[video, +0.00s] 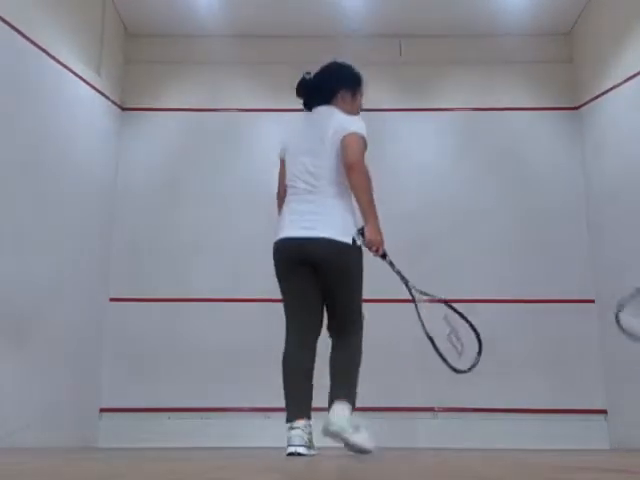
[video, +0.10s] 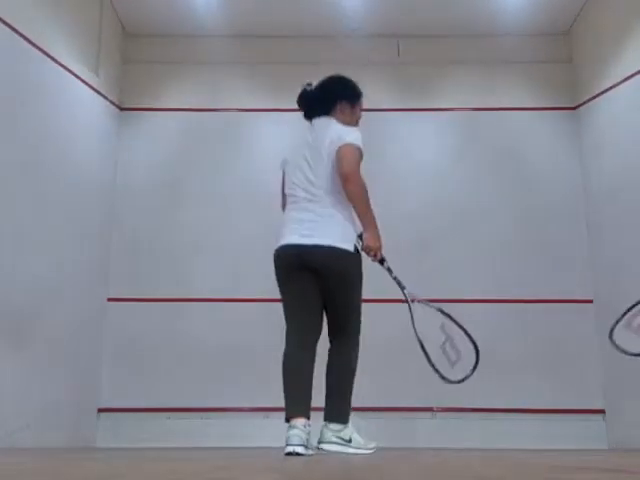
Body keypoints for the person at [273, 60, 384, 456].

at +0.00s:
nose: (360, 105)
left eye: (360, 98)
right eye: (358, 98)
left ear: (319, 95)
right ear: (343, 94)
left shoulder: (293, 131)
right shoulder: (348, 123)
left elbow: (284, 194)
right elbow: (354, 164)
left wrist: (291, 235)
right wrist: (372, 223)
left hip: (289, 243)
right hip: (335, 243)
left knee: (300, 333)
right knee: (347, 330)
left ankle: (298, 428)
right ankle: (341, 411)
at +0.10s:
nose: (360, 116)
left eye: (360, 110)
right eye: (357, 109)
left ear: (322, 108)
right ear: (342, 106)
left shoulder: (295, 143)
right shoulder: (345, 135)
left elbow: (287, 201)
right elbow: (349, 174)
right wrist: (371, 229)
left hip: (290, 249)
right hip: (336, 249)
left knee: (300, 335)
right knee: (344, 337)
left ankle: (297, 427)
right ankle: (337, 428)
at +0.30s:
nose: (370, 139)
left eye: (370, 133)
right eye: (368, 132)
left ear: (334, 130)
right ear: (355, 129)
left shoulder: (307, 163)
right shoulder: (354, 157)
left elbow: (313, 215)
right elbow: (358, 197)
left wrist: (355, 250)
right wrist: (375, 247)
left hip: (300, 264)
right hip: (343, 265)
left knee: (306, 341)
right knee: (349, 347)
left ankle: (295, 400)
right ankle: (338, 431)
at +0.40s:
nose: (372, 149)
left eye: (373, 142)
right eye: (371, 142)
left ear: (338, 138)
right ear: (358, 137)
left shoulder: (313, 168)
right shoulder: (358, 164)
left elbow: (321, 220)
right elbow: (364, 205)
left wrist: (357, 257)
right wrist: (379, 253)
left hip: (303, 268)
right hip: (342, 268)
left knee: (315, 344)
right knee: (351, 348)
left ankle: (298, 393)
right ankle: (336, 431)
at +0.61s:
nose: (380, 161)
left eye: (381, 154)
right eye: (379, 153)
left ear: (350, 148)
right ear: (367, 147)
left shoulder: (333, 175)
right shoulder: (358, 170)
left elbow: (338, 232)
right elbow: (367, 216)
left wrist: (367, 265)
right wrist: (382, 252)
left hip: (312, 272)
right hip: (337, 271)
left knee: (334, 346)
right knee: (355, 346)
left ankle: (321, 424)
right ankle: (338, 429)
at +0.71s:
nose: (380, 172)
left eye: (381, 166)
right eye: (379, 164)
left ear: (354, 159)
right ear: (366, 158)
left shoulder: (336, 183)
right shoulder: (353, 178)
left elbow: (349, 242)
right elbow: (358, 219)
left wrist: (380, 277)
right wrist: (375, 251)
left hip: (316, 277)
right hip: (335, 277)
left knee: (332, 352)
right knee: (355, 348)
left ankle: (330, 427)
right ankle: (339, 429)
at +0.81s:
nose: (379, 184)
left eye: (381, 177)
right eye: (379, 176)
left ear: (362, 169)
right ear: (366, 169)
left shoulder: (344, 193)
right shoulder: (347, 188)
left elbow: (356, 254)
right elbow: (348, 229)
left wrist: (387, 285)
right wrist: (365, 254)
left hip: (319, 283)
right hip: (326, 283)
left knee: (336, 354)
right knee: (348, 351)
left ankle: (325, 430)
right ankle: (337, 428)